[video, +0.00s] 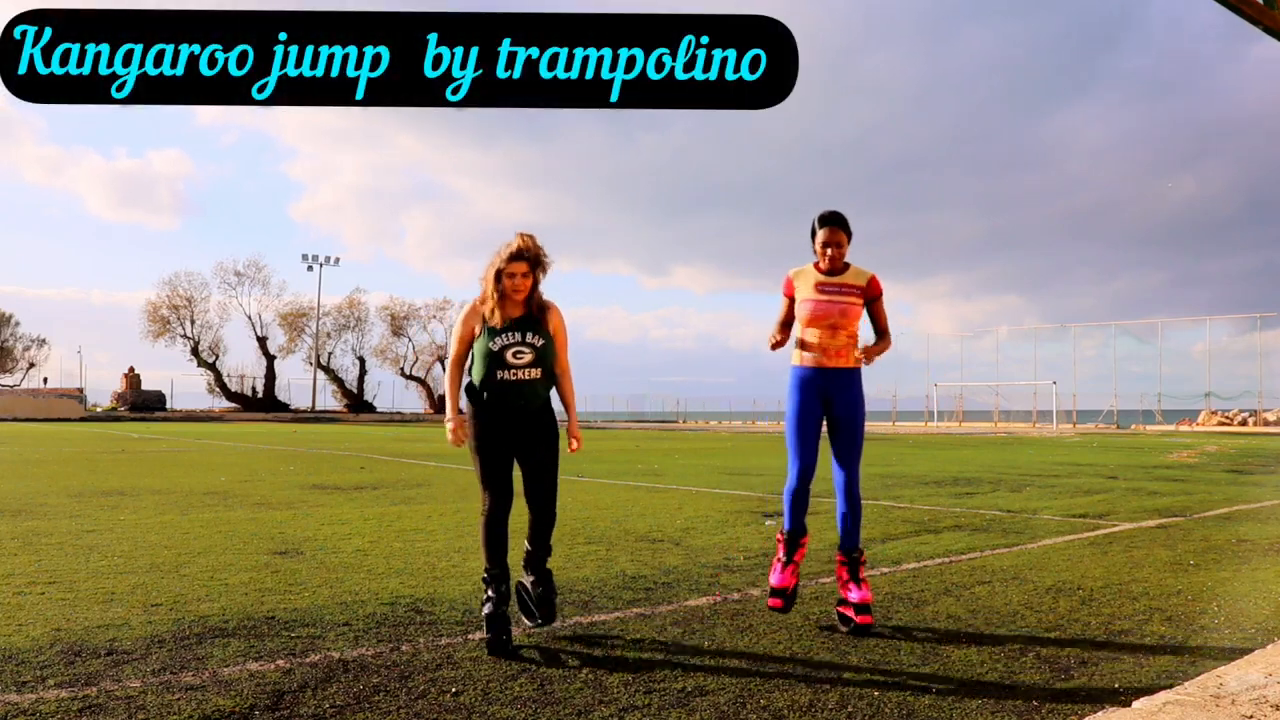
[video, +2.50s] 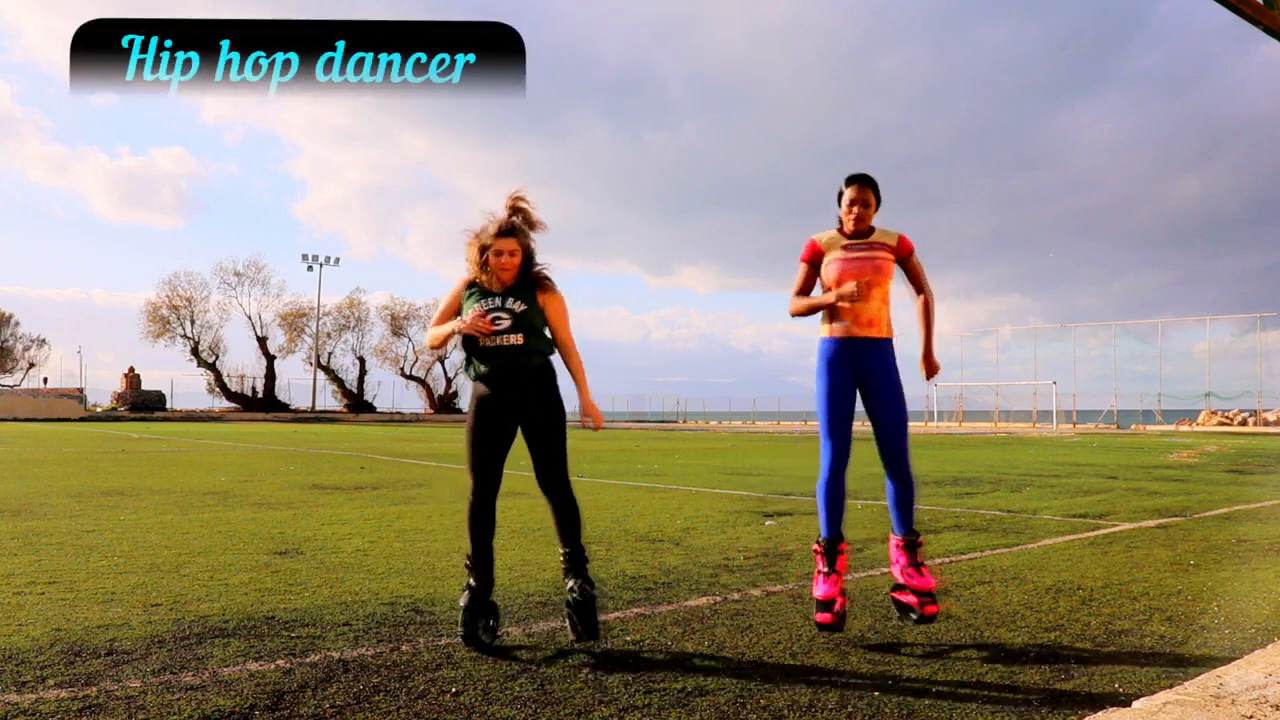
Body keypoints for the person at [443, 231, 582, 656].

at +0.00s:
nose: (519, 283)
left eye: (525, 276)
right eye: (512, 276)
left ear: (535, 278)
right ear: (498, 276)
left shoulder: (549, 314)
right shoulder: (476, 314)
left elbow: (561, 369)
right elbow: (455, 366)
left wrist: (571, 417)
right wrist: (452, 413)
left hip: (538, 420)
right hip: (490, 421)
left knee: (544, 506)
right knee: (497, 503)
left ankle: (537, 574)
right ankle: (495, 592)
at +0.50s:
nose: (531, 263)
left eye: (539, 257)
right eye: (524, 256)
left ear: (549, 262)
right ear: (511, 259)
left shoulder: (565, 306)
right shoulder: (489, 302)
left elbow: (577, 362)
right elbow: (468, 357)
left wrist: (585, 410)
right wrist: (461, 408)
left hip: (547, 415)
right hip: (496, 414)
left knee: (545, 503)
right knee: (497, 502)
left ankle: (548, 595)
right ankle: (494, 597)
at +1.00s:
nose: (528, 261)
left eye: (534, 254)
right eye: (520, 254)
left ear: (542, 258)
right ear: (504, 256)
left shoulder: (555, 301)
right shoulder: (479, 300)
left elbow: (569, 358)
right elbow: (458, 357)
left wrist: (582, 410)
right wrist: (452, 406)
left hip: (545, 416)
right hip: (495, 417)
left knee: (544, 505)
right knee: (497, 505)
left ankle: (547, 595)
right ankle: (493, 598)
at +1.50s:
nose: (555, 250)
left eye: (565, 246)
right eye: (549, 242)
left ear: (576, 254)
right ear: (537, 245)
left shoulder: (584, 297)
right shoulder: (511, 281)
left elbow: (609, 342)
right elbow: (477, 330)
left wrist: (612, 356)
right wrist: (451, 378)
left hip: (545, 402)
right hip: (495, 397)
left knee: (546, 493)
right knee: (487, 485)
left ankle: (548, 592)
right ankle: (475, 587)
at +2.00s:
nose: (568, 263)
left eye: (576, 257)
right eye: (561, 255)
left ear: (588, 264)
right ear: (549, 259)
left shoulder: (594, 308)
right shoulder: (524, 290)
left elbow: (628, 357)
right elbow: (488, 324)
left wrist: (632, 331)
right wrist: (455, 367)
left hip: (553, 406)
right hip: (503, 390)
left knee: (547, 496)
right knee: (452, 463)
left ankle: (542, 590)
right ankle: (393, 545)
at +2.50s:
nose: (504, 260)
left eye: (512, 253)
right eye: (497, 253)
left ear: (524, 258)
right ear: (485, 257)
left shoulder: (542, 292)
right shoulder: (468, 290)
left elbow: (565, 344)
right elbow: (431, 340)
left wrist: (585, 398)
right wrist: (458, 325)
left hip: (540, 397)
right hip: (491, 398)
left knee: (556, 484)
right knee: (482, 490)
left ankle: (577, 578)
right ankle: (480, 585)